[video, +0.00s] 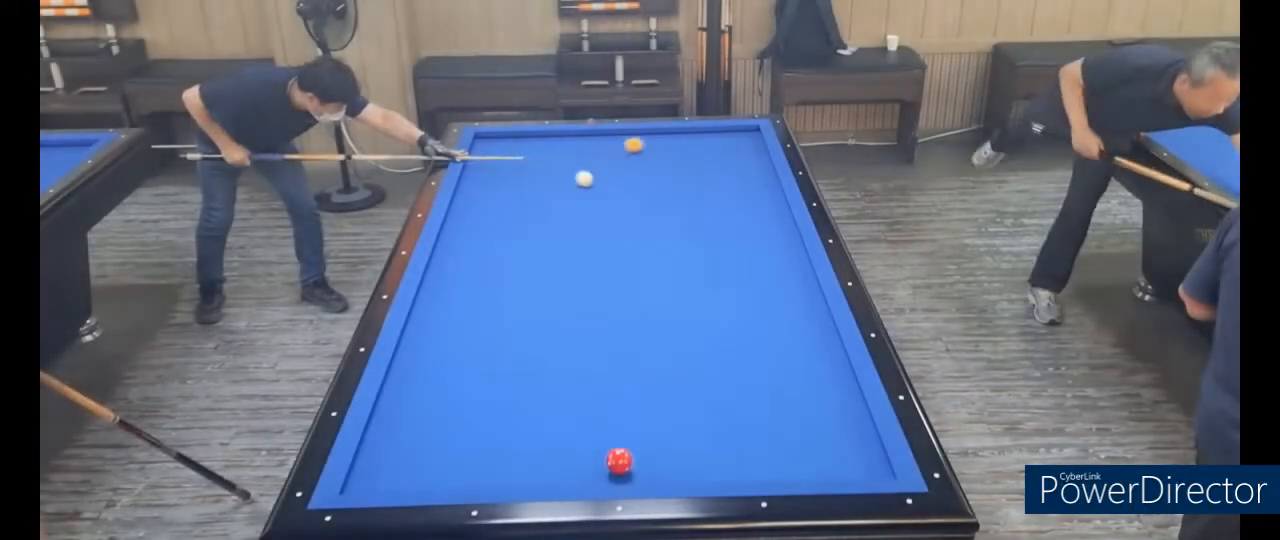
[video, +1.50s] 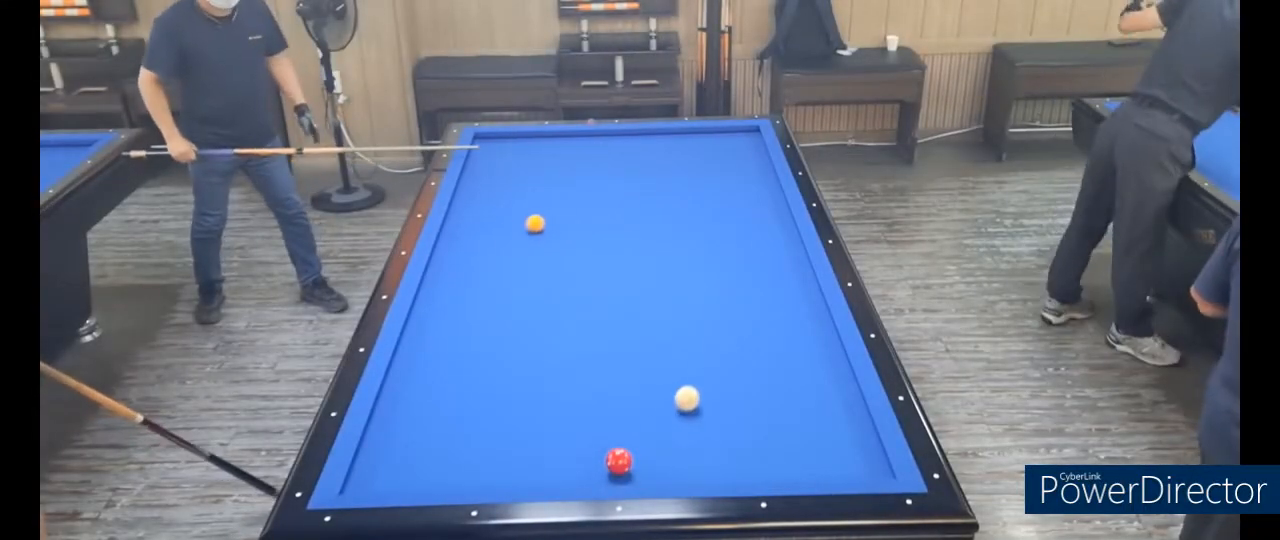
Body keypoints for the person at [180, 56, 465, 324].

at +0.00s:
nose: (334, 116)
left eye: (337, 111)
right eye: (331, 111)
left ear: (330, 97)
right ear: (310, 97)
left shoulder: (329, 94)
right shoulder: (255, 86)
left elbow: (382, 118)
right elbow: (191, 98)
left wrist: (426, 142)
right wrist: (225, 144)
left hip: (274, 147)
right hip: (221, 148)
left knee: (305, 208)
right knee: (215, 219)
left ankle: (314, 284)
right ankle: (209, 292)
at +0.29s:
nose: (339, 107)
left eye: (342, 100)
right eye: (332, 100)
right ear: (307, 89)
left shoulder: (331, 92)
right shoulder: (255, 87)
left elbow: (380, 118)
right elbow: (196, 104)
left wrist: (422, 142)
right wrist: (212, 156)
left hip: (273, 147)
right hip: (223, 148)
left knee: (306, 208)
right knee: (217, 221)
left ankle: (314, 284)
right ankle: (209, 292)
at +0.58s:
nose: (320, 72)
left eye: (323, 64)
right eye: (312, 64)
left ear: (327, 58)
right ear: (285, 58)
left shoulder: (323, 75)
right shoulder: (243, 68)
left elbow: (345, 107)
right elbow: (191, 98)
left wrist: (358, 153)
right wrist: (198, 152)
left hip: (276, 146)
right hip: (224, 149)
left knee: (307, 209)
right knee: (219, 219)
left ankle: (314, 284)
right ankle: (209, 291)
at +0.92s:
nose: (280, 27)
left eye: (286, 17)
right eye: (271, 18)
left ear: (293, 11)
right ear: (247, 14)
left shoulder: (292, 37)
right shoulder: (212, 43)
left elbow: (298, 80)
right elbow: (171, 87)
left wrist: (292, 121)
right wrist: (186, 145)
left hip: (269, 141)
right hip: (217, 148)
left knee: (301, 210)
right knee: (213, 222)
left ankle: (313, 284)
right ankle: (209, 292)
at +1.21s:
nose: (242, 21)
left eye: (248, 15)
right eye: (235, 15)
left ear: (255, 4)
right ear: (216, 3)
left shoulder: (264, 15)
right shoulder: (183, 29)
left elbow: (284, 65)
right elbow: (154, 83)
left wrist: (307, 114)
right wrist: (176, 141)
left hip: (263, 141)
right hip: (210, 148)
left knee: (293, 210)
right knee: (209, 224)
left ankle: (313, 283)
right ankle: (209, 292)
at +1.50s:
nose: (226, 2)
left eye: (230, 1)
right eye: (218, 2)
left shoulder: (255, 9)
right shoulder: (172, 23)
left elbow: (278, 57)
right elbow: (148, 81)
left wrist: (300, 106)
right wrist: (173, 137)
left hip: (262, 139)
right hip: (210, 146)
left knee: (292, 209)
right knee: (209, 222)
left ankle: (313, 283)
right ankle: (210, 292)